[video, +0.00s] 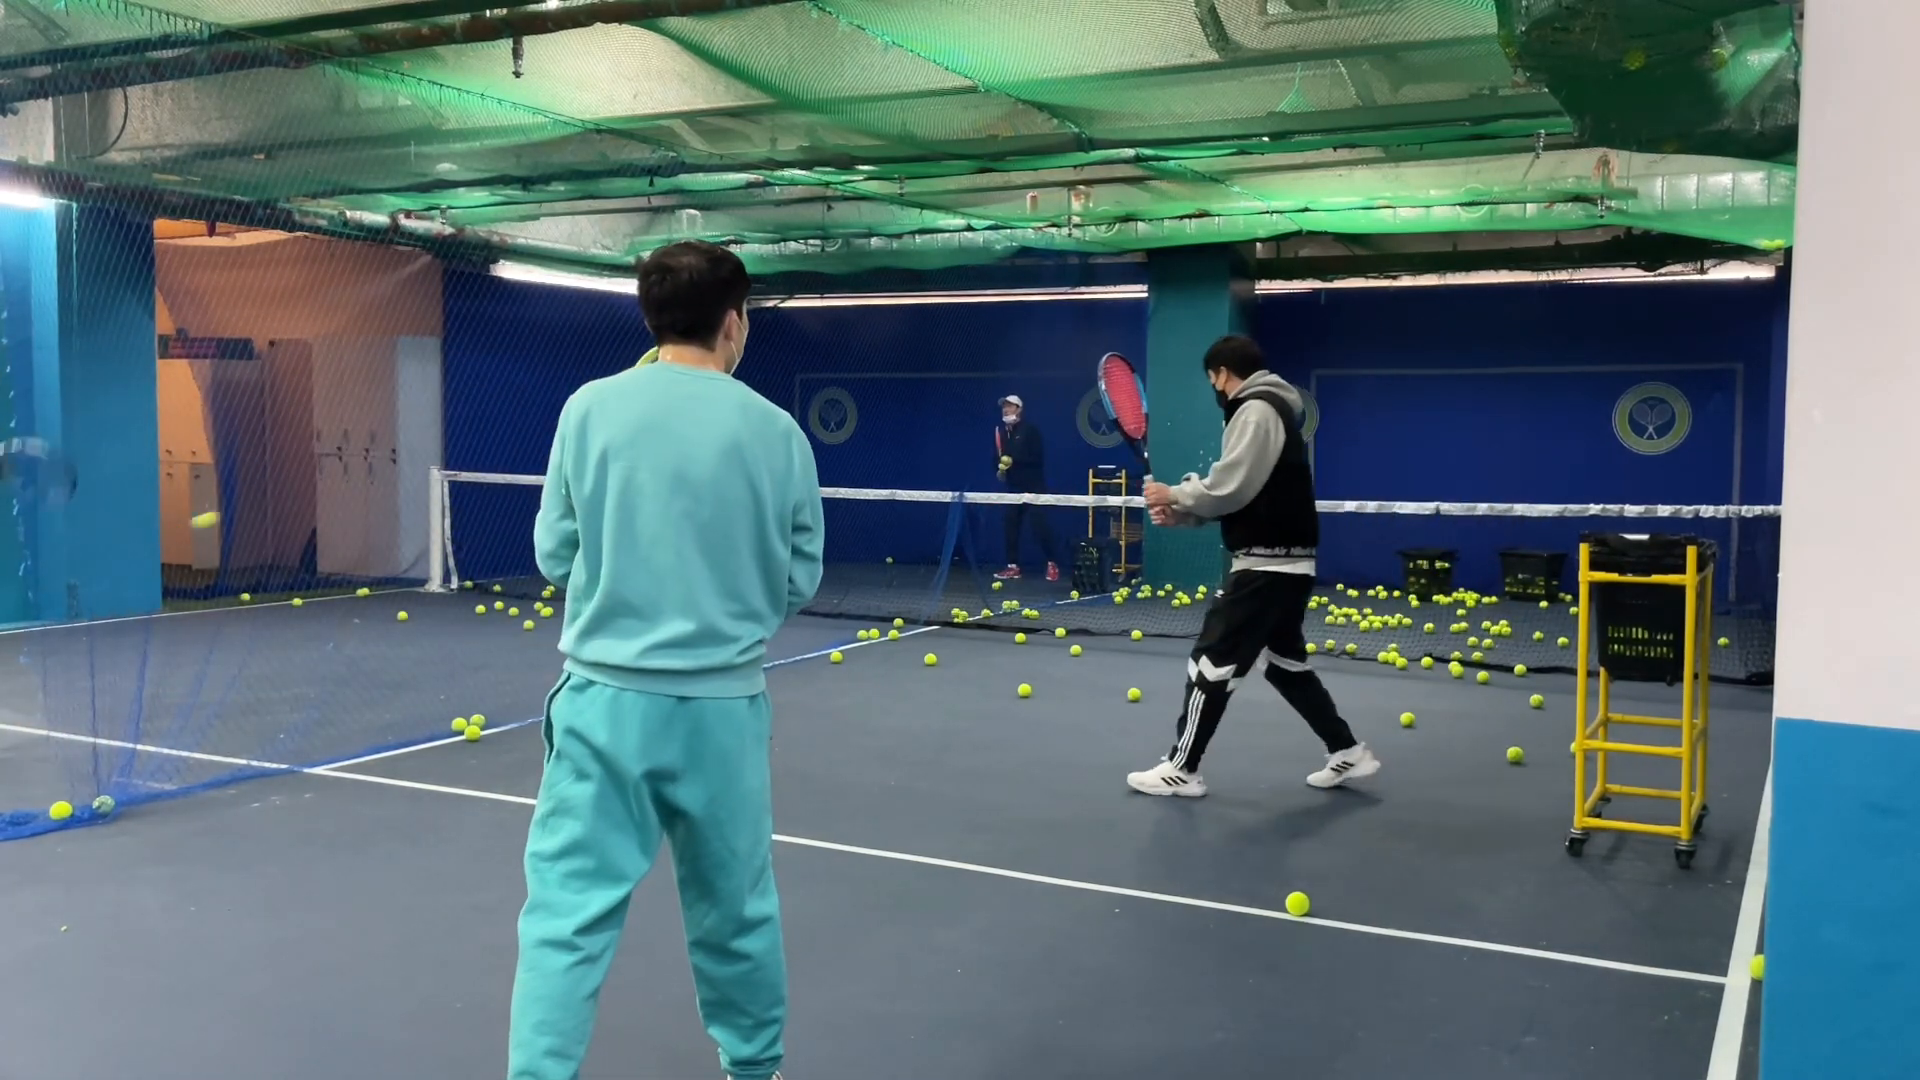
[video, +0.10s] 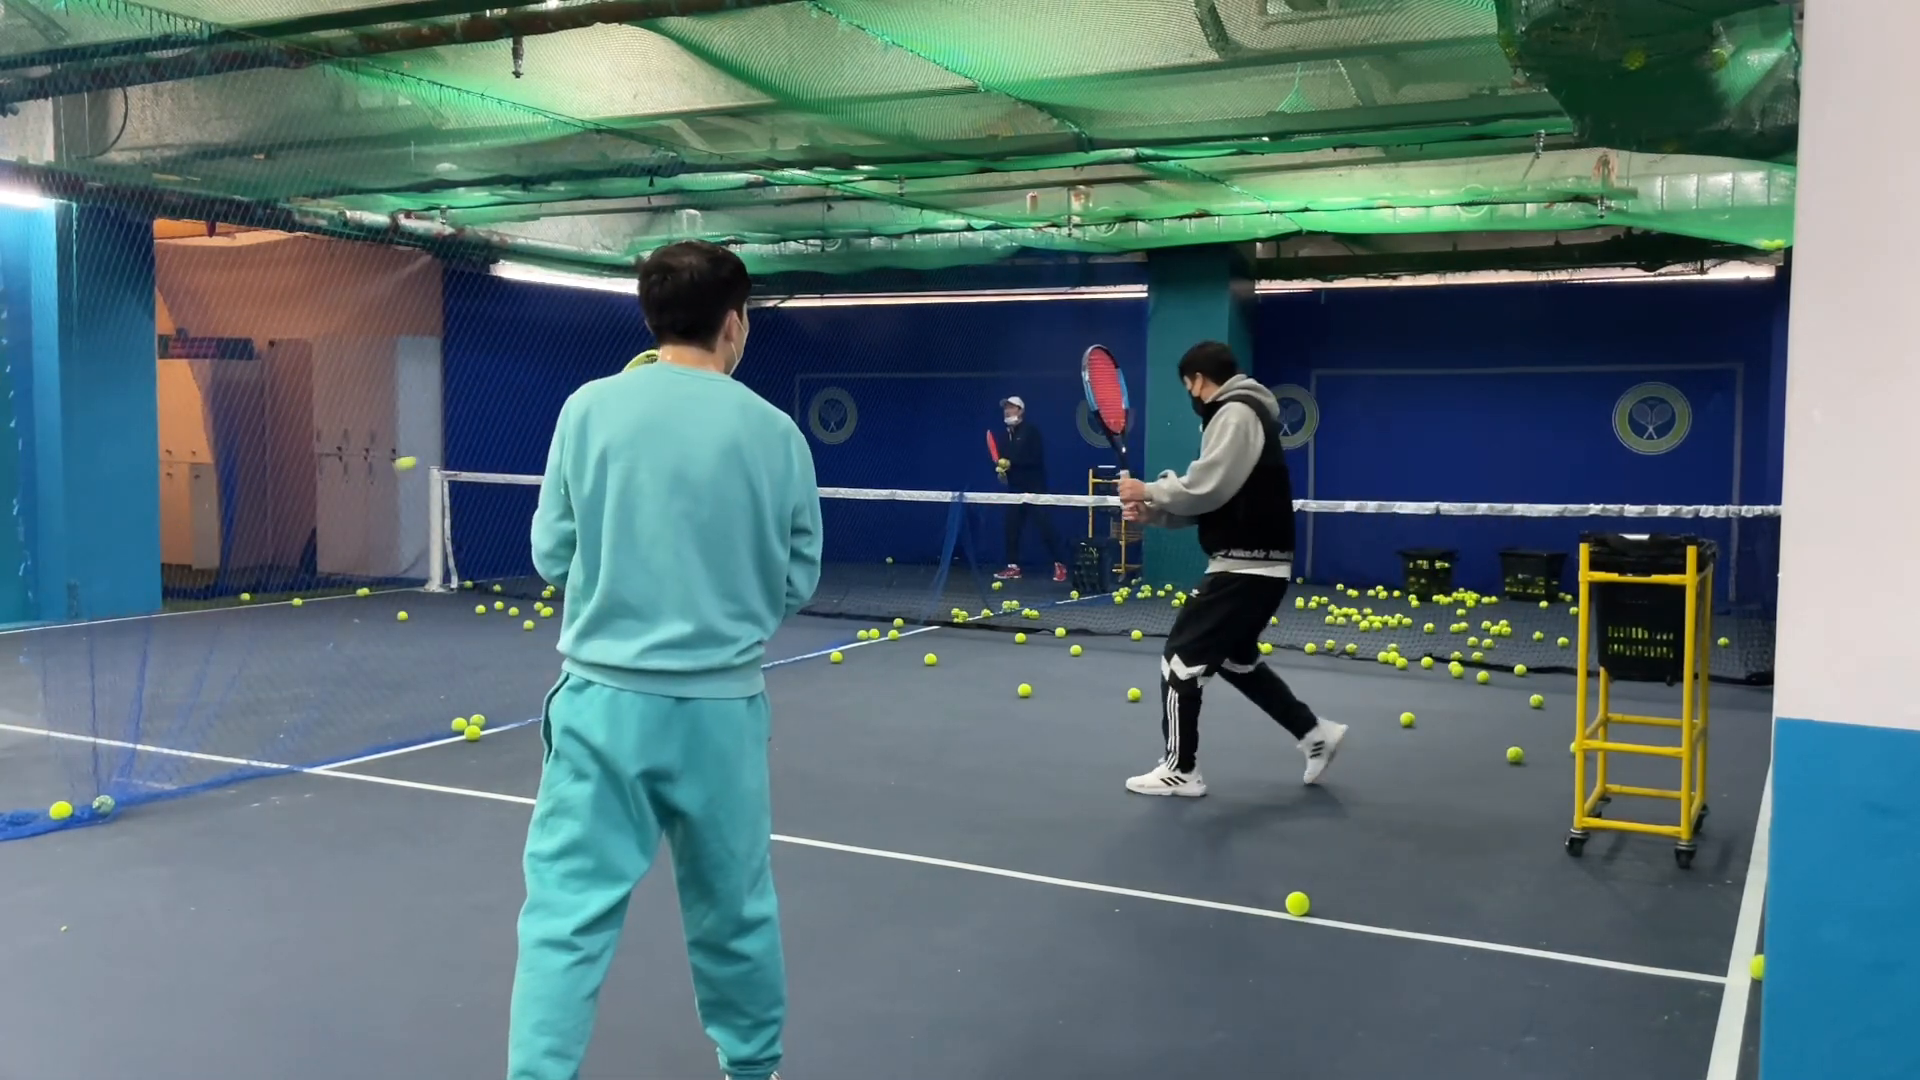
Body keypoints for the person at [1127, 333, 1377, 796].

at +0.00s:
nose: (1215, 390)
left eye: (1214, 381)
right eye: (1212, 383)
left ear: (1225, 374)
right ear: (1251, 369)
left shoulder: (1255, 410)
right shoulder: (1273, 408)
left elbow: (1231, 485)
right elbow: (1242, 493)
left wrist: (1178, 494)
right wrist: (1183, 509)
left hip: (1264, 566)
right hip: (1290, 565)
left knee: (1213, 665)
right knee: (1285, 666)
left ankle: (1182, 769)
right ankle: (1348, 752)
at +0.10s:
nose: (1190, 395)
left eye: (1189, 386)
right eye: (1188, 387)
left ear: (1200, 380)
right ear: (1225, 374)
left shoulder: (1235, 414)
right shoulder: (1243, 411)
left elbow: (1208, 485)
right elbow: (1213, 499)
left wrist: (1151, 491)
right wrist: (1157, 512)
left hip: (1245, 568)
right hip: (1259, 568)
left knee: (1182, 658)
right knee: (1236, 660)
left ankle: (1179, 770)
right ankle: (1316, 734)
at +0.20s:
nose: (1171, 401)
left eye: (1168, 392)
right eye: (1167, 394)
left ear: (1180, 383)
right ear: (1200, 378)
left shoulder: (1219, 414)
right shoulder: (1219, 414)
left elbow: (1191, 482)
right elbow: (1191, 496)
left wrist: (1132, 485)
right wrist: (1134, 506)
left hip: (1230, 566)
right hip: (1240, 565)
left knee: (1168, 658)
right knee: (1206, 656)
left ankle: (1180, 770)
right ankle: (1274, 732)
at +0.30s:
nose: (1154, 401)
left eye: (1152, 392)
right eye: (1151, 395)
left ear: (1163, 382)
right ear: (1180, 377)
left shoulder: (1205, 409)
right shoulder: (1197, 414)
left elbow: (1182, 471)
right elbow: (1170, 497)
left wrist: (1120, 476)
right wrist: (1119, 501)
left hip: (1222, 559)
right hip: (1218, 558)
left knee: (1162, 655)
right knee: (1185, 649)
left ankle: (1179, 770)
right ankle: (1229, 742)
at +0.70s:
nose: (1112, 406)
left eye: (1109, 398)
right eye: (1109, 400)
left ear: (1121, 388)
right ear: (1131, 385)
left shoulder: (1184, 405)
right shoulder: (1140, 432)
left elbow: (1181, 457)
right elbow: (1114, 495)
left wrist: (1126, 450)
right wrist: (1105, 472)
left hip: (1199, 551)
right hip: (1174, 553)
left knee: (1157, 658)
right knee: (1147, 651)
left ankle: (1180, 769)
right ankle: (1170, 734)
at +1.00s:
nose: (1110, 415)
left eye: (1111, 405)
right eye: (1108, 408)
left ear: (1129, 395)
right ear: (1131, 398)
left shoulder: (1173, 417)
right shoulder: (1137, 437)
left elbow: (1189, 482)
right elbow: (1114, 474)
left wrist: (1132, 501)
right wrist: (1104, 496)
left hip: (1183, 554)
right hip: (1160, 555)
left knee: (1135, 652)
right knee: (1133, 649)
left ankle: (1172, 751)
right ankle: (1162, 735)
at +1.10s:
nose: (1118, 407)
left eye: (1118, 398)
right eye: (1115, 400)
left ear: (1135, 388)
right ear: (1147, 385)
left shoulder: (1152, 420)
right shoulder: (1176, 417)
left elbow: (1132, 487)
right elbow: (1142, 489)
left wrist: (1095, 534)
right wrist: (1101, 532)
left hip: (1168, 557)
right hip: (1192, 557)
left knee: (1132, 649)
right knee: (1155, 646)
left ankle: (1163, 742)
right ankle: (1163, 733)